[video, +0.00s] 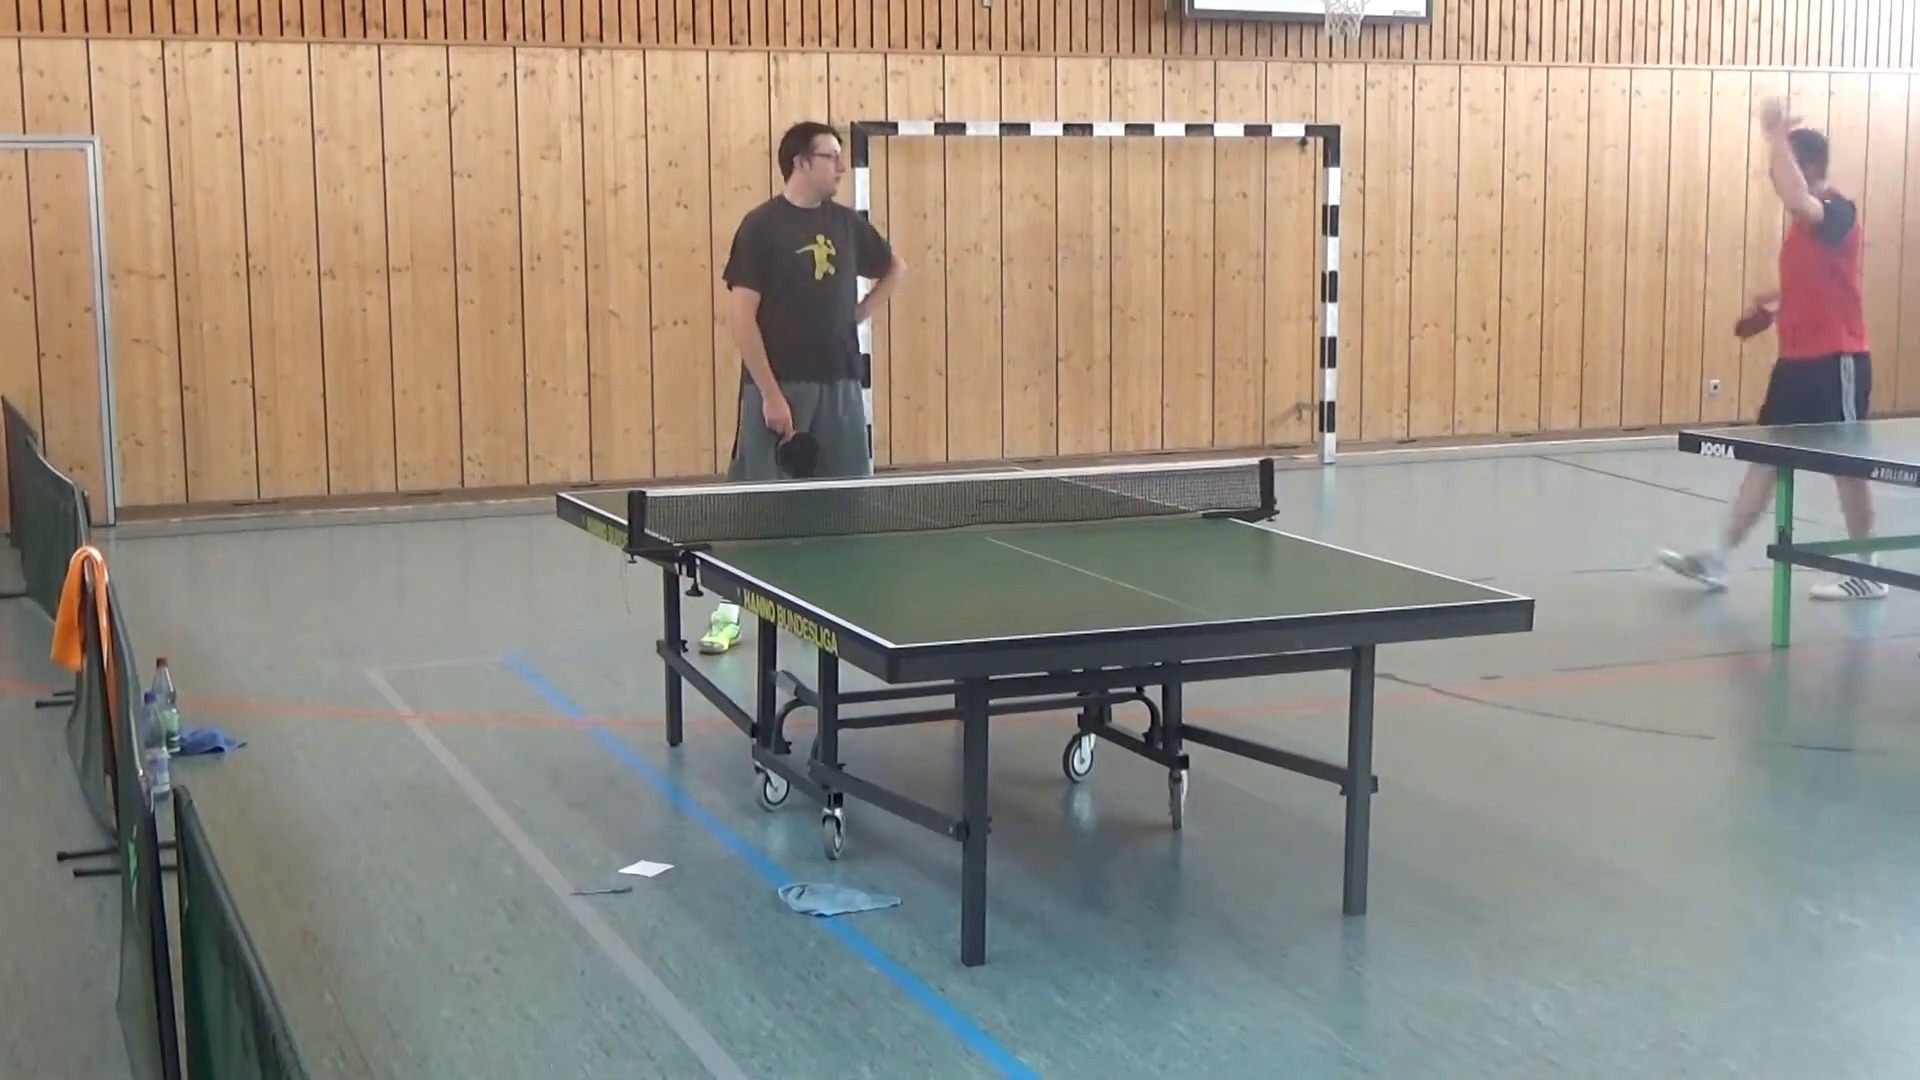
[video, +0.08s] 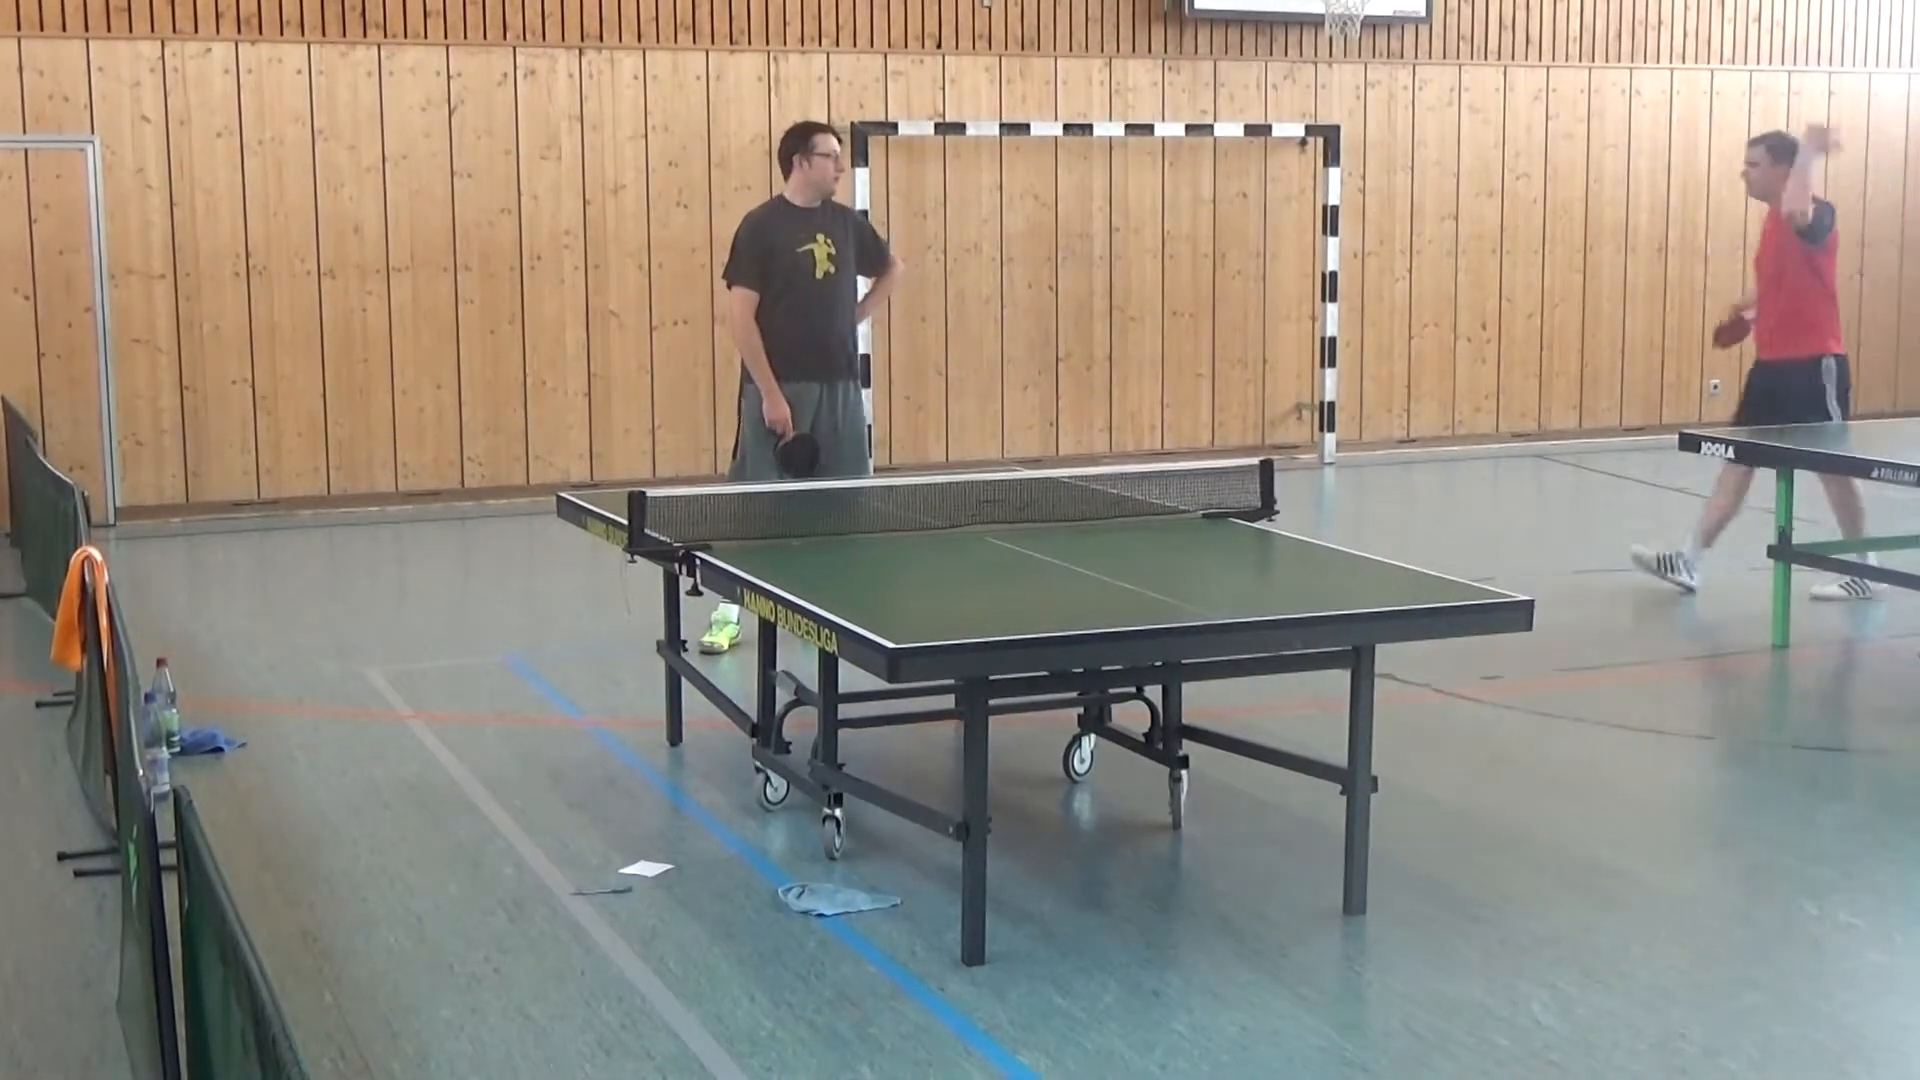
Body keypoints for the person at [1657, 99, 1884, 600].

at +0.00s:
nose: (1777, 175)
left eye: (1787, 167)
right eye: (1776, 167)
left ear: (1810, 168)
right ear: (1793, 172)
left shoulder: (1838, 210)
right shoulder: (1802, 220)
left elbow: (1796, 196)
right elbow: (1813, 284)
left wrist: (1777, 137)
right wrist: (1772, 304)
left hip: (1837, 359)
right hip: (1796, 359)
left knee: (1848, 467)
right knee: (1764, 460)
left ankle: (1865, 571)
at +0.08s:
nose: (1744, 174)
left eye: (1752, 165)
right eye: (1745, 166)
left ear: (1782, 169)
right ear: (1766, 170)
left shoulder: (1816, 214)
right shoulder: (1773, 220)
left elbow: (1796, 208)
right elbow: (1781, 284)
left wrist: (1809, 154)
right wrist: (1748, 308)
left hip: (1814, 363)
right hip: (1771, 364)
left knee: (1834, 469)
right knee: (1738, 461)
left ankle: (1863, 569)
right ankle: (1689, 560)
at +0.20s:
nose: (1714, 170)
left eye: (1722, 162)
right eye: (1714, 162)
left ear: (1751, 166)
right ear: (1739, 169)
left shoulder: (1781, 213)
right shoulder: (1732, 220)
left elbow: (1782, 268)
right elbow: (1736, 292)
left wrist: (1794, 198)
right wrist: (1710, 331)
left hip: (1773, 366)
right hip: (1726, 364)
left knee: (1796, 467)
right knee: (1697, 462)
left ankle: (1852, 555)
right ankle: (1677, 567)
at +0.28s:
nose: (1699, 166)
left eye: (1708, 157)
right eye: (1699, 158)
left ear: (1737, 162)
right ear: (1714, 163)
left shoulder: (1764, 214)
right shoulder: (1706, 220)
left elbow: (1781, 283)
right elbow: (1710, 294)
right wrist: (1681, 333)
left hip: (1749, 365)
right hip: (1700, 363)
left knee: (1760, 464)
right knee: (1680, 460)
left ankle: (1829, 541)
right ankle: (1676, 567)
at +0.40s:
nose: (1704, 160)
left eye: (1712, 152)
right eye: (1696, 152)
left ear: (1725, 160)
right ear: (1682, 160)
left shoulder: (1740, 216)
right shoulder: (1674, 218)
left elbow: (1764, 290)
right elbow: (1673, 291)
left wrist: (1706, 324)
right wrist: (1634, 327)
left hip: (1718, 357)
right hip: (1672, 355)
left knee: (1706, 458)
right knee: (1666, 456)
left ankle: (1771, 529)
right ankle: (1676, 567)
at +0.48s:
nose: (1700, 159)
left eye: (1707, 153)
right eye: (1691, 152)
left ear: (1716, 161)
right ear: (1673, 159)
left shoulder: (1730, 216)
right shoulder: (1658, 215)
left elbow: (1749, 289)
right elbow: (1651, 281)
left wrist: (1678, 314)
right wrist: (1617, 309)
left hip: (1705, 353)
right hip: (1659, 352)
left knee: (1681, 458)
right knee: (1655, 456)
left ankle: (1721, 554)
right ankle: (1673, 567)